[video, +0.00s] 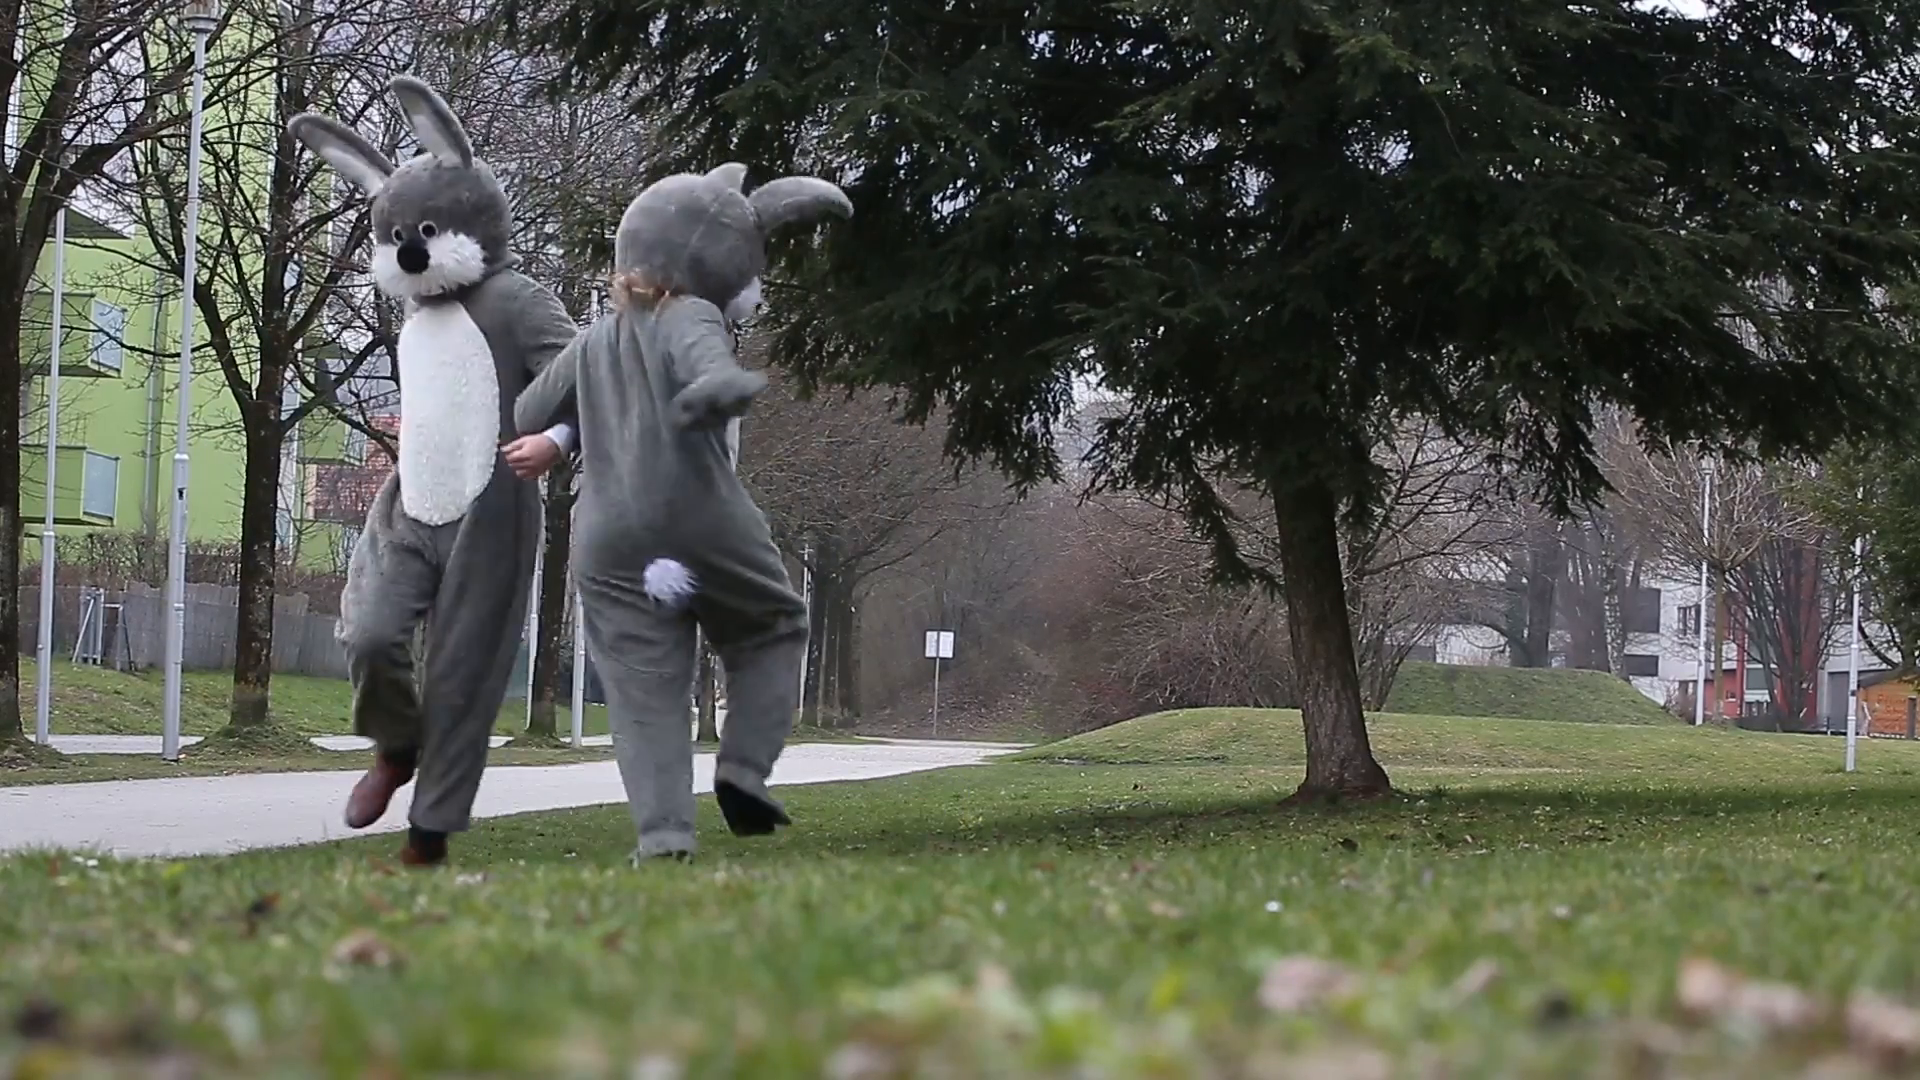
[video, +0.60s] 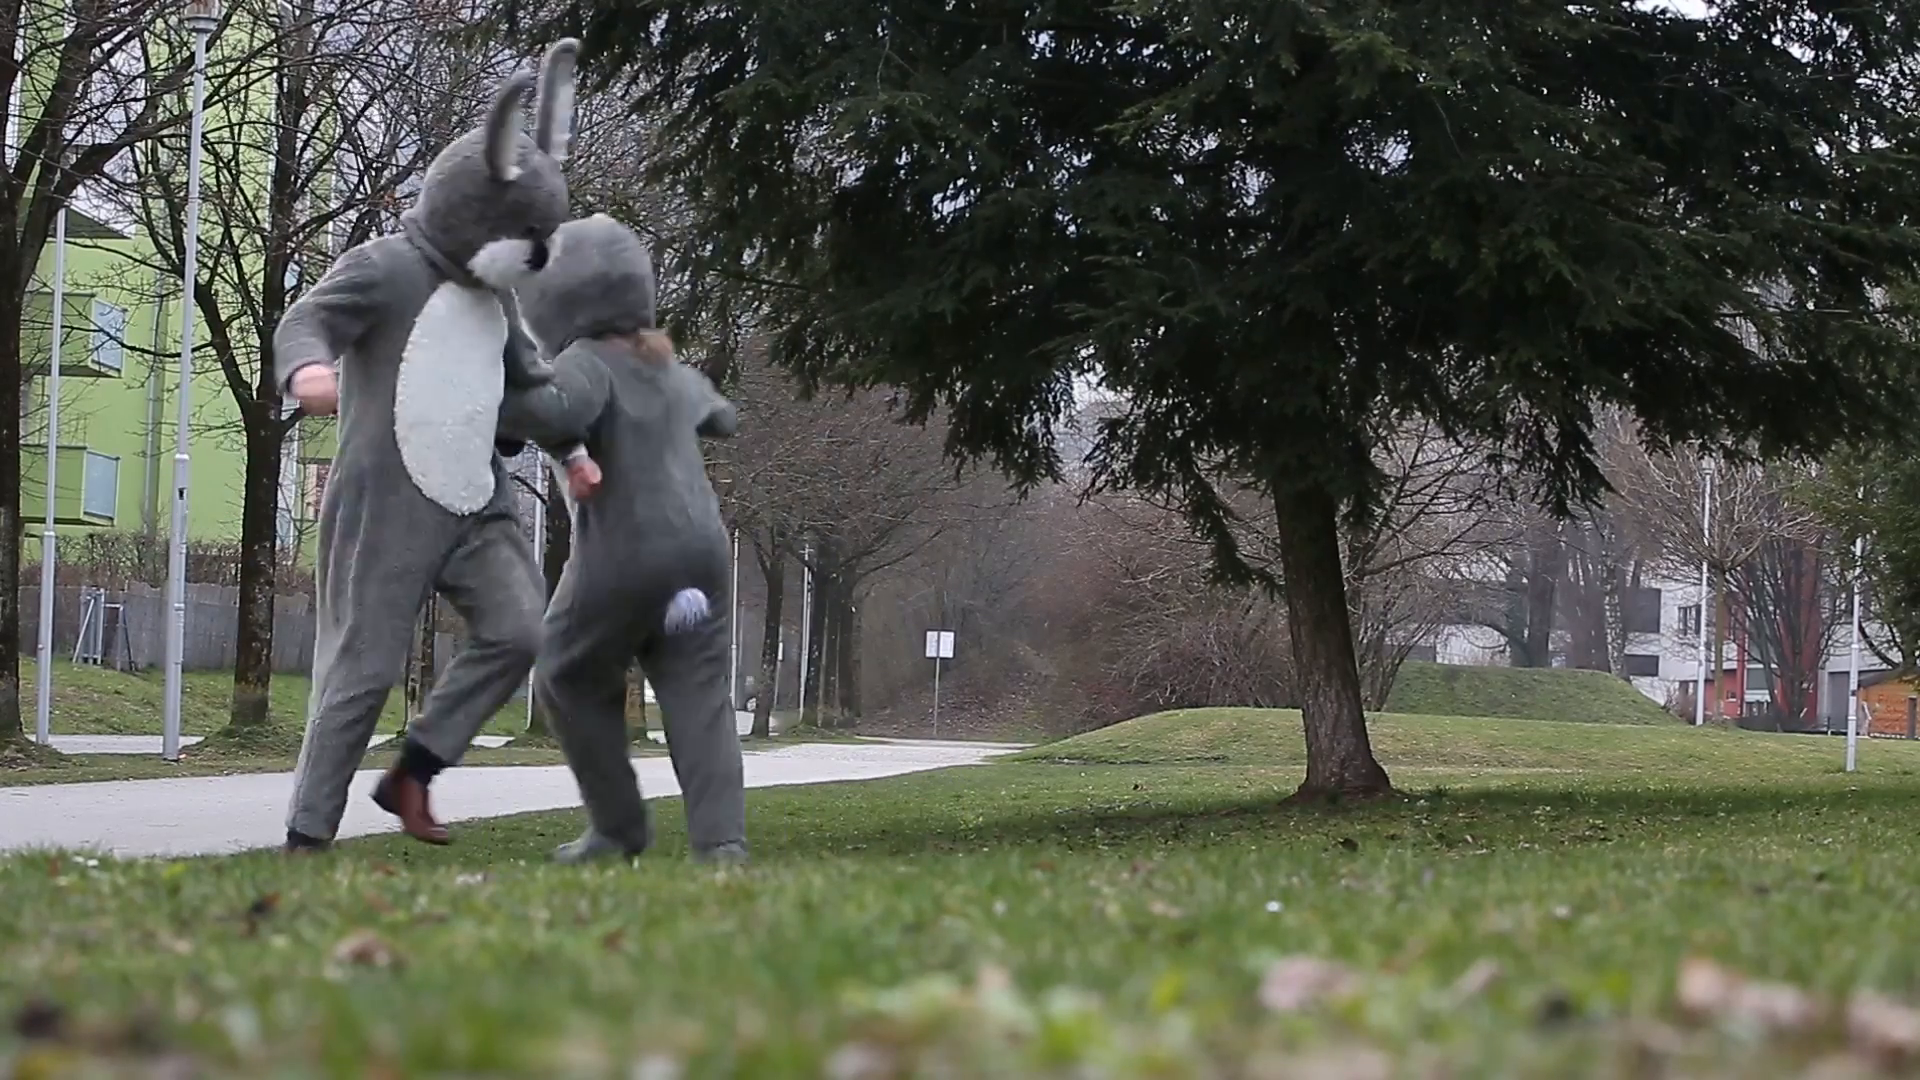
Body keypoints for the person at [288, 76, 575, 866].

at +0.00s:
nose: (414, 246)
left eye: (431, 227)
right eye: (402, 232)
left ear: (469, 226)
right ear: (392, 238)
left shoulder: (518, 302)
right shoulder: (417, 317)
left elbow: (588, 384)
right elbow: (445, 399)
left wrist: (558, 438)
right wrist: (406, 425)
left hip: (490, 504)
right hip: (410, 494)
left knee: (458, 671)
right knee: (369, 636)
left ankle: (433, 835)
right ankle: (399, 746)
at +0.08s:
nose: (413, 246)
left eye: (431, 229)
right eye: (399, 233)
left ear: (468, 233)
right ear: (382, 241)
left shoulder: (504, 313)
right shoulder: (395, 319)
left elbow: (576, 402)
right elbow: (393, 398)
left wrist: (559, 468)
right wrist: (376, 452)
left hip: (476, 521)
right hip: (387, 510)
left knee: (440, 679)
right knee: (368, 638)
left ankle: (387, 825)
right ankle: (349, 790)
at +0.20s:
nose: (420, 285)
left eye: (442, 269)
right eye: (400, 268)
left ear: (473, 276)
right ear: (374, 274)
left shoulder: (497, 355)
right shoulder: (359, 350)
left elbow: (573, 418)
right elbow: (310, 439)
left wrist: (569, 476)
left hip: (452, 555)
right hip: (359, 543)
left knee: (411, 698)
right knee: (355, 672)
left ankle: (362, 838)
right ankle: (321, 825)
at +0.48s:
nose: (469, 279)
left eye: (481, 267)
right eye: (455, 263)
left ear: (489, 267)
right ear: (414, 252)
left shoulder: (489, 326)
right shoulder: (347, 313)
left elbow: (544, 378)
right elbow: (265, 378)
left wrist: (577, 419)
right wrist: (216, 427)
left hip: (452, 555)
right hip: (363, 548)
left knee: (451, 702)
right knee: (345, 698)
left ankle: (360, 771)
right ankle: (302, 852)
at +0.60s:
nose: (514, 247)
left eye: (521, 235)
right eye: (506, 228)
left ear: (511, 234)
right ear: (464, 211)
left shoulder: (497, 295)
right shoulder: (389, 264)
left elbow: (532, 380)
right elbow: (305, 321)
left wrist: (573, 455)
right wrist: (309, 367)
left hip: (478, 513)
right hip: (384, 506)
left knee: (516, 634)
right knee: (360, 672)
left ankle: (411, 776)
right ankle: (309, 834)